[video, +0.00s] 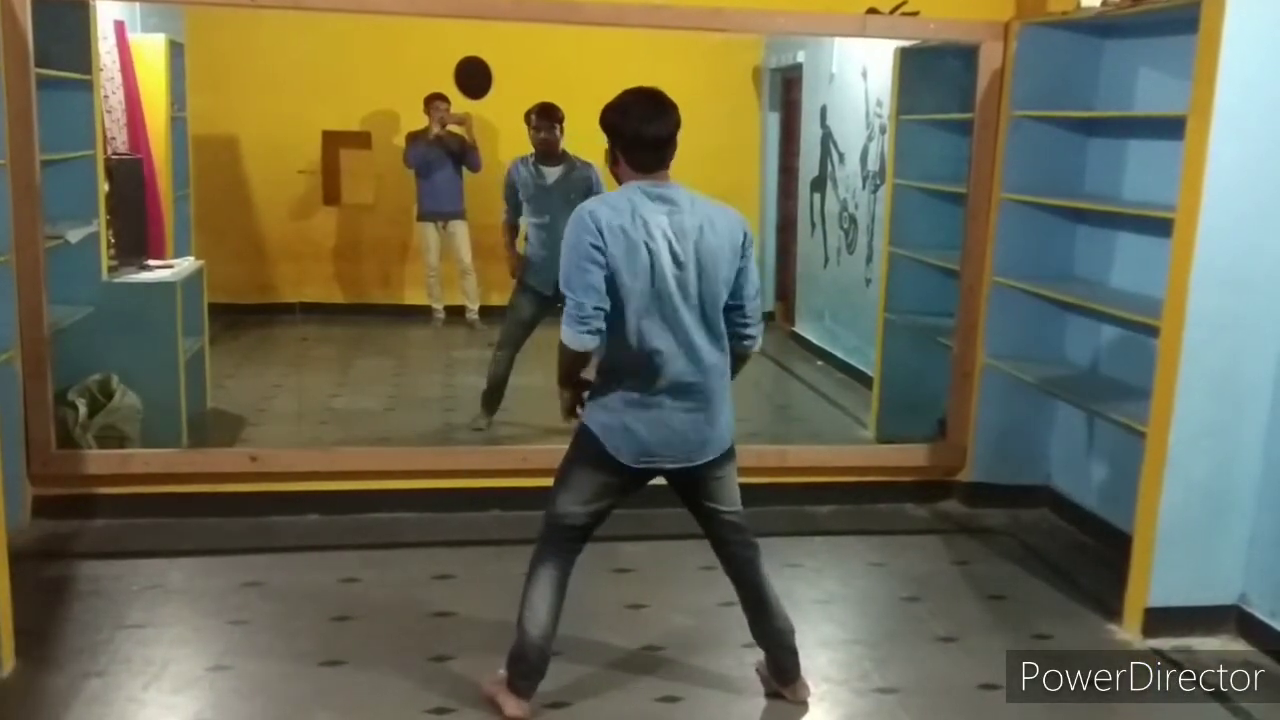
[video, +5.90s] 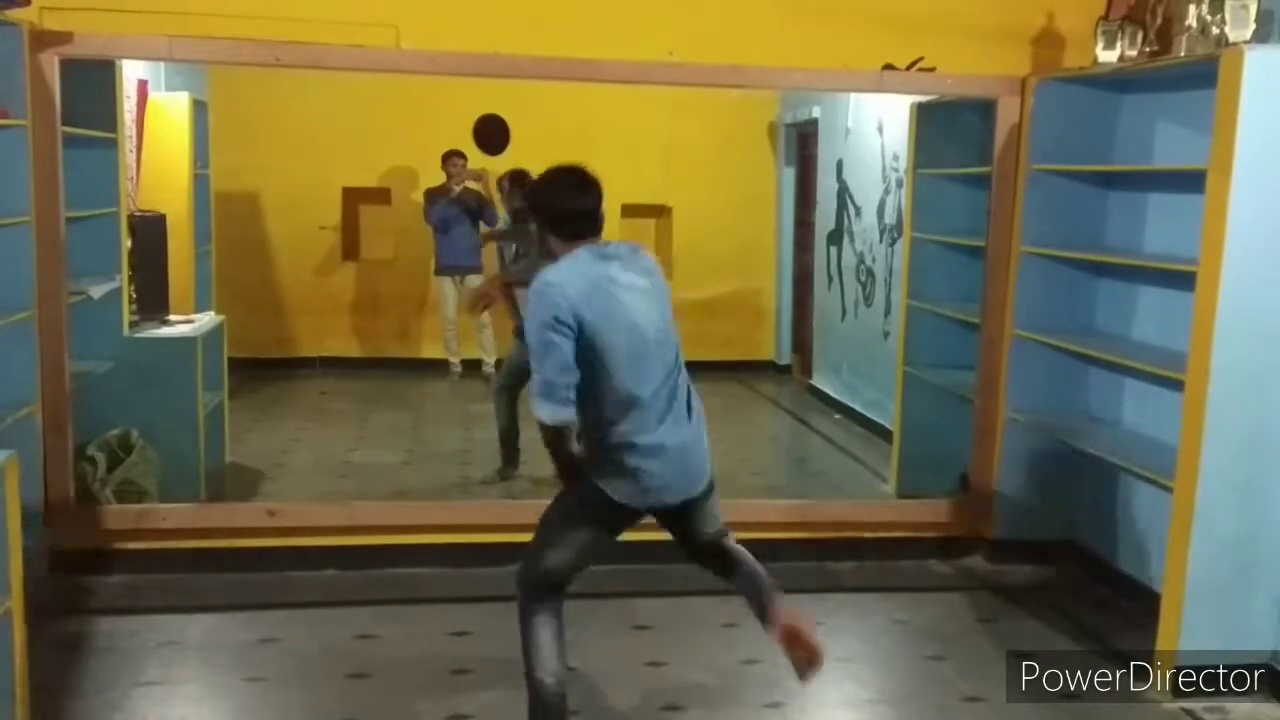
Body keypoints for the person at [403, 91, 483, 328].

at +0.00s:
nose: (441, 114)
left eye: (445, 109)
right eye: (436, 109)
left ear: (450, 113)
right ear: (427, 112)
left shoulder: (456, 140)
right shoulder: (416, 138)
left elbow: (475, 165)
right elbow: (411, 161)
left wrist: (469, 133)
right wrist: (431, 136)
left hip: (455, 212)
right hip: (428, 214)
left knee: (466, 264)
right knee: (432, 266)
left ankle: (472, 313)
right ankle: (437, 312)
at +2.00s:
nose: (440, 111)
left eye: (445, 106)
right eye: (436, 106)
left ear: (450, 110)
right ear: (427, 109)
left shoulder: (457, 136)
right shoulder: (417, 135)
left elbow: (476, 163)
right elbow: (416, 161)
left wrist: (469, 132)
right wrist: (436, 135)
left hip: (456, 209)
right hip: (429, 210)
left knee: (467, 262)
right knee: (433, 264)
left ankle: (474, 310)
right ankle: (438, 309)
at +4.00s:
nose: (437, 118)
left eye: (441, 114)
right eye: (432, 114)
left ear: (447, 117)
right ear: (424, 116)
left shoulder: (454, 143)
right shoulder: (413, 142)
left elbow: (473, 169)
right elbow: (412, 169)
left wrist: (467, 138)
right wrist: (431, 143)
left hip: (453, 216)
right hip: (425, 217)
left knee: (463, 269)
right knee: (429, 270)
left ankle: (470, 316)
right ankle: (435, 315)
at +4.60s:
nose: (448, 151)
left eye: (452, 147)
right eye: (443, 147)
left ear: (457, 150)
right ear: (435, 149)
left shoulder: (464, 176)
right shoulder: (424, 175)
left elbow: (482, 202)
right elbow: (422, 201)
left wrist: (476, 172)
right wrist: (442, 176)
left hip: (462, 248)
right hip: (435, 250)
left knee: (473, 301)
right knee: (439, 302)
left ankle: (479, 347)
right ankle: (444, 346)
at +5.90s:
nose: (457, 170)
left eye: (461, 166)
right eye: (452, 165)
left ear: (466, 168)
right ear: (444, 168)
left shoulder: (474, 195)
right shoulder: (434, 194)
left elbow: (492, 220)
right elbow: (432, 219)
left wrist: (486, 191)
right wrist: (452, 194)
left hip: (473, 266)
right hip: (445, 267)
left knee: (483, 317)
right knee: (449, 319)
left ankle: (489, 364)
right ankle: (454, 364)